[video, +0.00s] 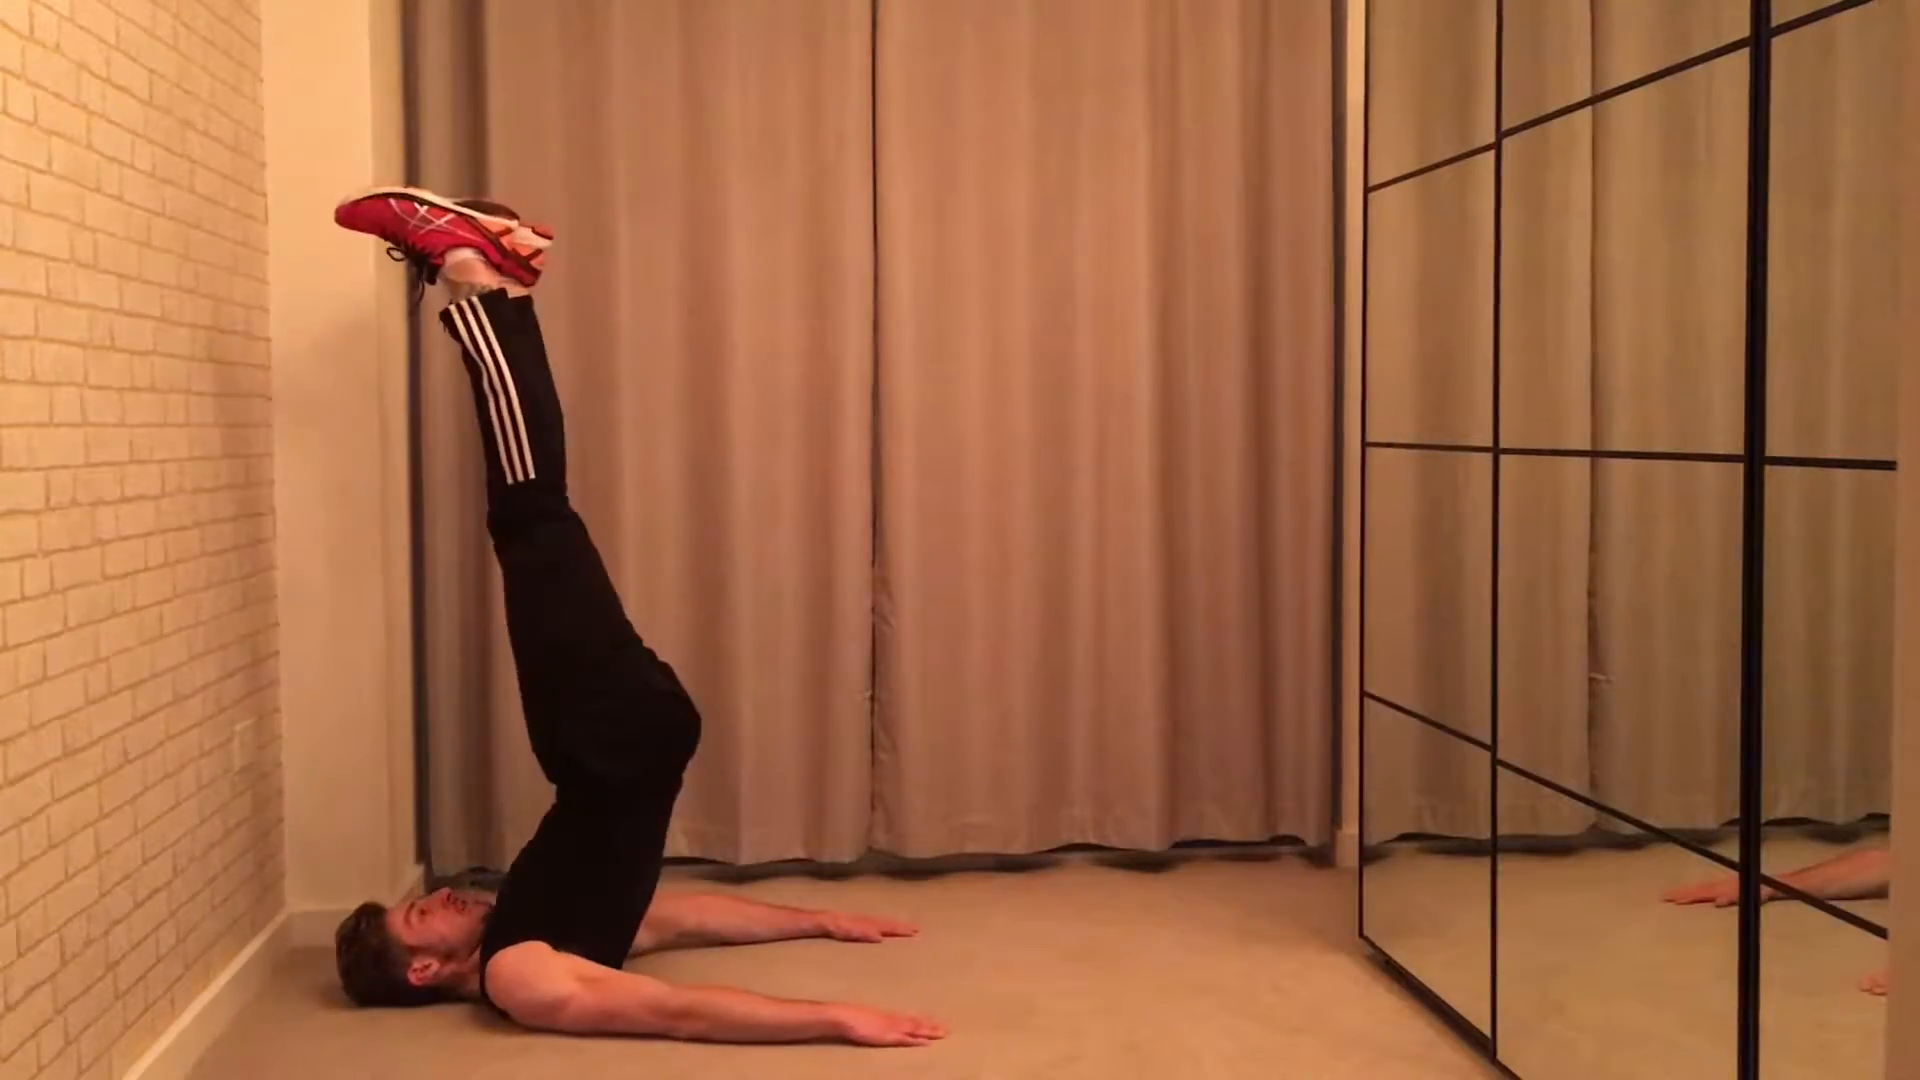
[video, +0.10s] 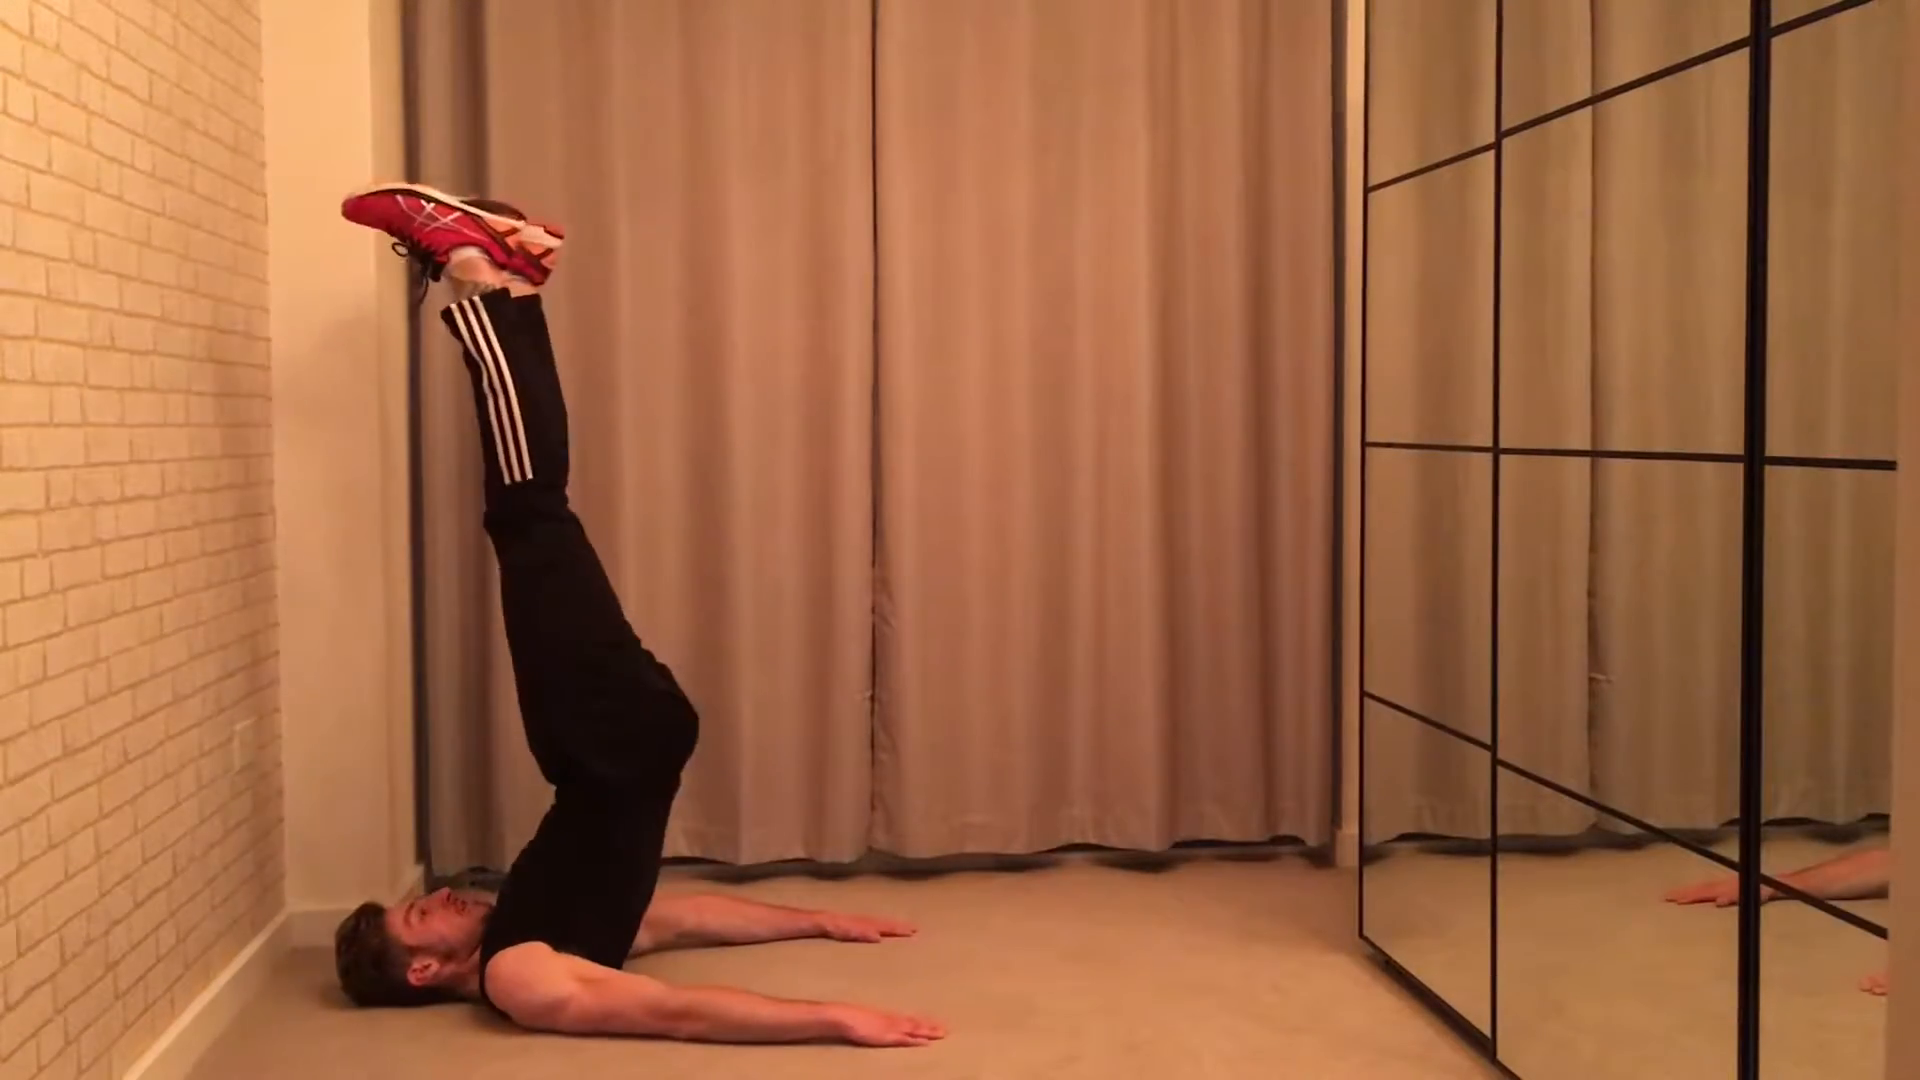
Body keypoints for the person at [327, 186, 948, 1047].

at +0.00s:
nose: (439, 893)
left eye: (421, 896)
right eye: (421, 913)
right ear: (431, 967)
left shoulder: (539, 934)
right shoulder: (520, 976)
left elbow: (683, 916)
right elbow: (682, 1016)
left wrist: (821, 921)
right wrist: (839, 1020)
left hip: (622, 745)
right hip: (632, 744)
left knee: (533, 513)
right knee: (529, 515)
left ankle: (499, 293)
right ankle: (474, 287)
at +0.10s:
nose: (439, 893)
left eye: (422, 896)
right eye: (421, 913)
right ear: (431, 968)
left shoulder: (540, 936)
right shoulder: (520, 977)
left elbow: (683, 917)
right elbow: (683, 1016)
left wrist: (818, 922)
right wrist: (838, 1020)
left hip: (621, 745)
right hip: (629, 745)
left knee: (532, 510)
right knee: (526, 512)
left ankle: (508, 293)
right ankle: (474, 285)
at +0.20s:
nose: (443, 892)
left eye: (425, 894)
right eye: (423, 913)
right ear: (432, 968)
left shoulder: (541, 936)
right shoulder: (520, 977)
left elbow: (682, 919)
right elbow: (683, 1017)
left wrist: (818, 922)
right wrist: (838, 1020)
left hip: (630, 745)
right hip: (634, 748)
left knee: (536, 515)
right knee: (528, 518)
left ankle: (527, 296)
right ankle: (496, 289)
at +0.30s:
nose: (441, 890)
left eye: (423, 893)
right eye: (422, 912)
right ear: (431, 967)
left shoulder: (539, 933)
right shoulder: (520, 976)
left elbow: (682, 920)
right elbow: (680, 1017)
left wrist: (818, 922)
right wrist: (839, 1020)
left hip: (653, 751)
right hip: (653, 755)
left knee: (532, 535)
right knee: (519, 538)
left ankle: (557, 315)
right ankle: (544, 315)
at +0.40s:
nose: (434, 891)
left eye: (413, 896)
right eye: (413, 915)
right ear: (426, 972)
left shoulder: (529, 934)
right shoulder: (522, 979)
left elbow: (681, 915)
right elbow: (676, 1015)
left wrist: (815, 920)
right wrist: (837, 1020)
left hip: (662, 774)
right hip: (685, 769)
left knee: (518, 579)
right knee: (517, 583)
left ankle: (600, 369)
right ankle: (604, 370)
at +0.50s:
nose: (426, 888)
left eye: (407, 894)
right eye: (408, 910)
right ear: (422, 967)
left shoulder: (529, 934)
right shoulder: (520, 978)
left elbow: (684, 917)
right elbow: (674, 1017)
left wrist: (817, 919)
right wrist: (834, 1014)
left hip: (712, 799)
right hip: (715, 806)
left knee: (553, 646)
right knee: (521, 659)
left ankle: (682, 472)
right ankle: (676, 483)